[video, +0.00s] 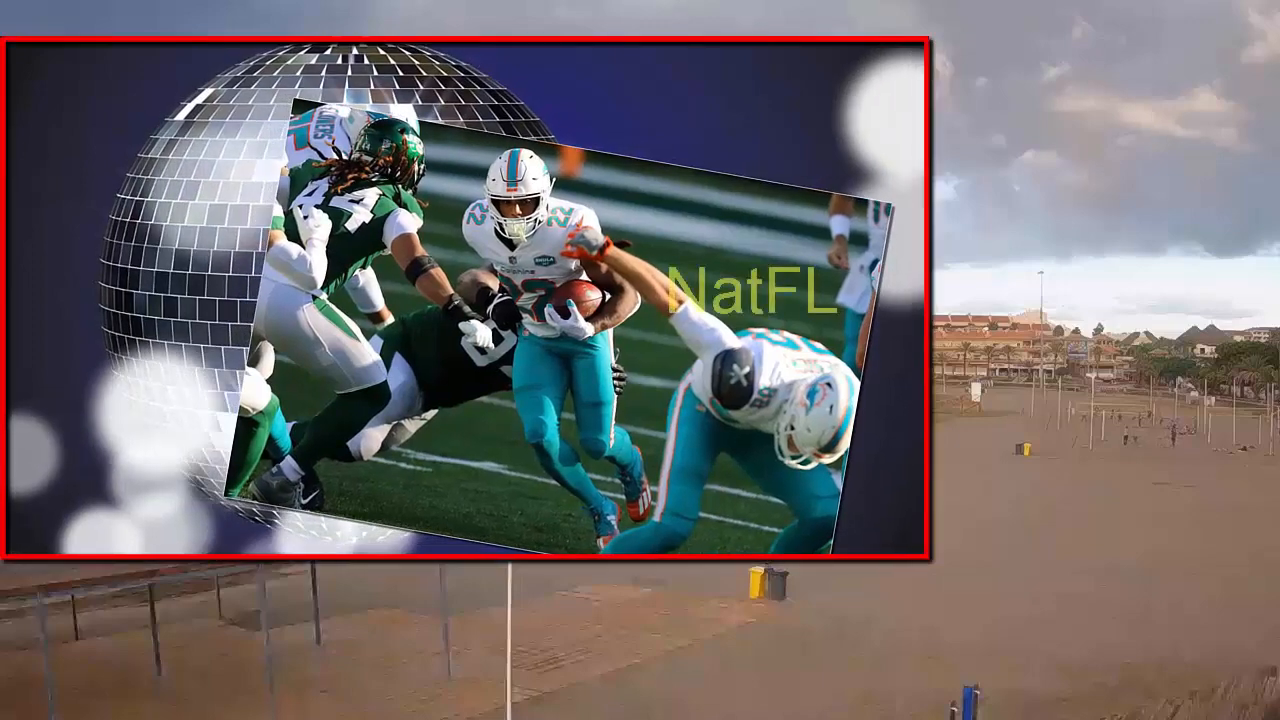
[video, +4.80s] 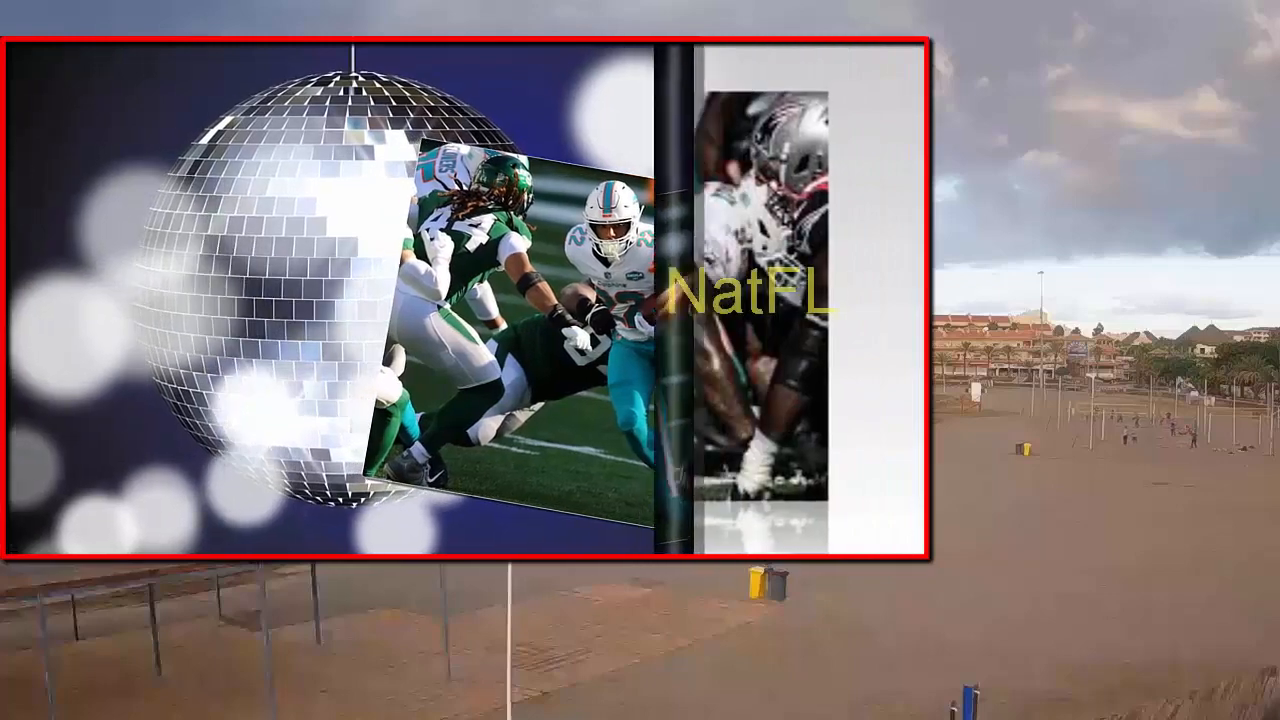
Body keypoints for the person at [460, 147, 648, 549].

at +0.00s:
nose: (514, 213)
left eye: (524, 203)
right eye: (505, 204)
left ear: (543, 196)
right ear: (492, 199)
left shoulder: (576, 226)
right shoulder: (476, 224)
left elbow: (630, 293)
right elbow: (503, 269)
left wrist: (593, 327)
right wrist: (504, 301)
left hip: (589, 340)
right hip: (535, 339)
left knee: (596, 443)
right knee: (540, 436)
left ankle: (632, 470)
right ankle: (602, 510)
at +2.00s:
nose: (554, 221)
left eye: (563, 213)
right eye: (545, 213)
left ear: (580, 206)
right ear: (533, 209)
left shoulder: (612, 234)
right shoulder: (519, 233)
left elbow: (660, 296)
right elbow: (543, 274)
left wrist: (628, 329)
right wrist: (542, 305)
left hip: (623, 341)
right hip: (573, 340)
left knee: (630, 438)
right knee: (578, 432)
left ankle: (664, 463)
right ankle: (636, 501)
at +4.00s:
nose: (594, 231)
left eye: (602, 223)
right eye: (585, 223)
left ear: (618, 218)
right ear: (573, 220)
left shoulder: (648, 242)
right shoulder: (561, 241)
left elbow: (696, 298)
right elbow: (583, 280)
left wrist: (662, 331)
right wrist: (582, 308)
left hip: (657, 341)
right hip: (610, 341)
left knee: (665, 432)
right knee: (616, 425)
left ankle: (697, 452)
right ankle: (670, 491)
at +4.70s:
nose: (607, 234)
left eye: (616, 226)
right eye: (599, 227)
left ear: (631, 220)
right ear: (587, 222)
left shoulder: (660, 244)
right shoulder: (575, 244)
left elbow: (697, 296)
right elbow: (598, 285)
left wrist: (675, 330)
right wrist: (594, 315)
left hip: (670, 342)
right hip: (624, 341)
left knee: (678, 433)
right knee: (629, 424)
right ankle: (681, 489)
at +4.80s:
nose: (610, 235)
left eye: (618, 227)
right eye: (602, 228)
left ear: (633, 221)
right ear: (590, 223)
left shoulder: (655, 245)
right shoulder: (577, 244)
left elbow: (682, 281)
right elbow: (599, 280)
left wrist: (651, 309)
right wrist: (595, 308)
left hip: (668, 341)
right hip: (627, 342)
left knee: (674, 426)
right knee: (630, 421)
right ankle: (675, 477)